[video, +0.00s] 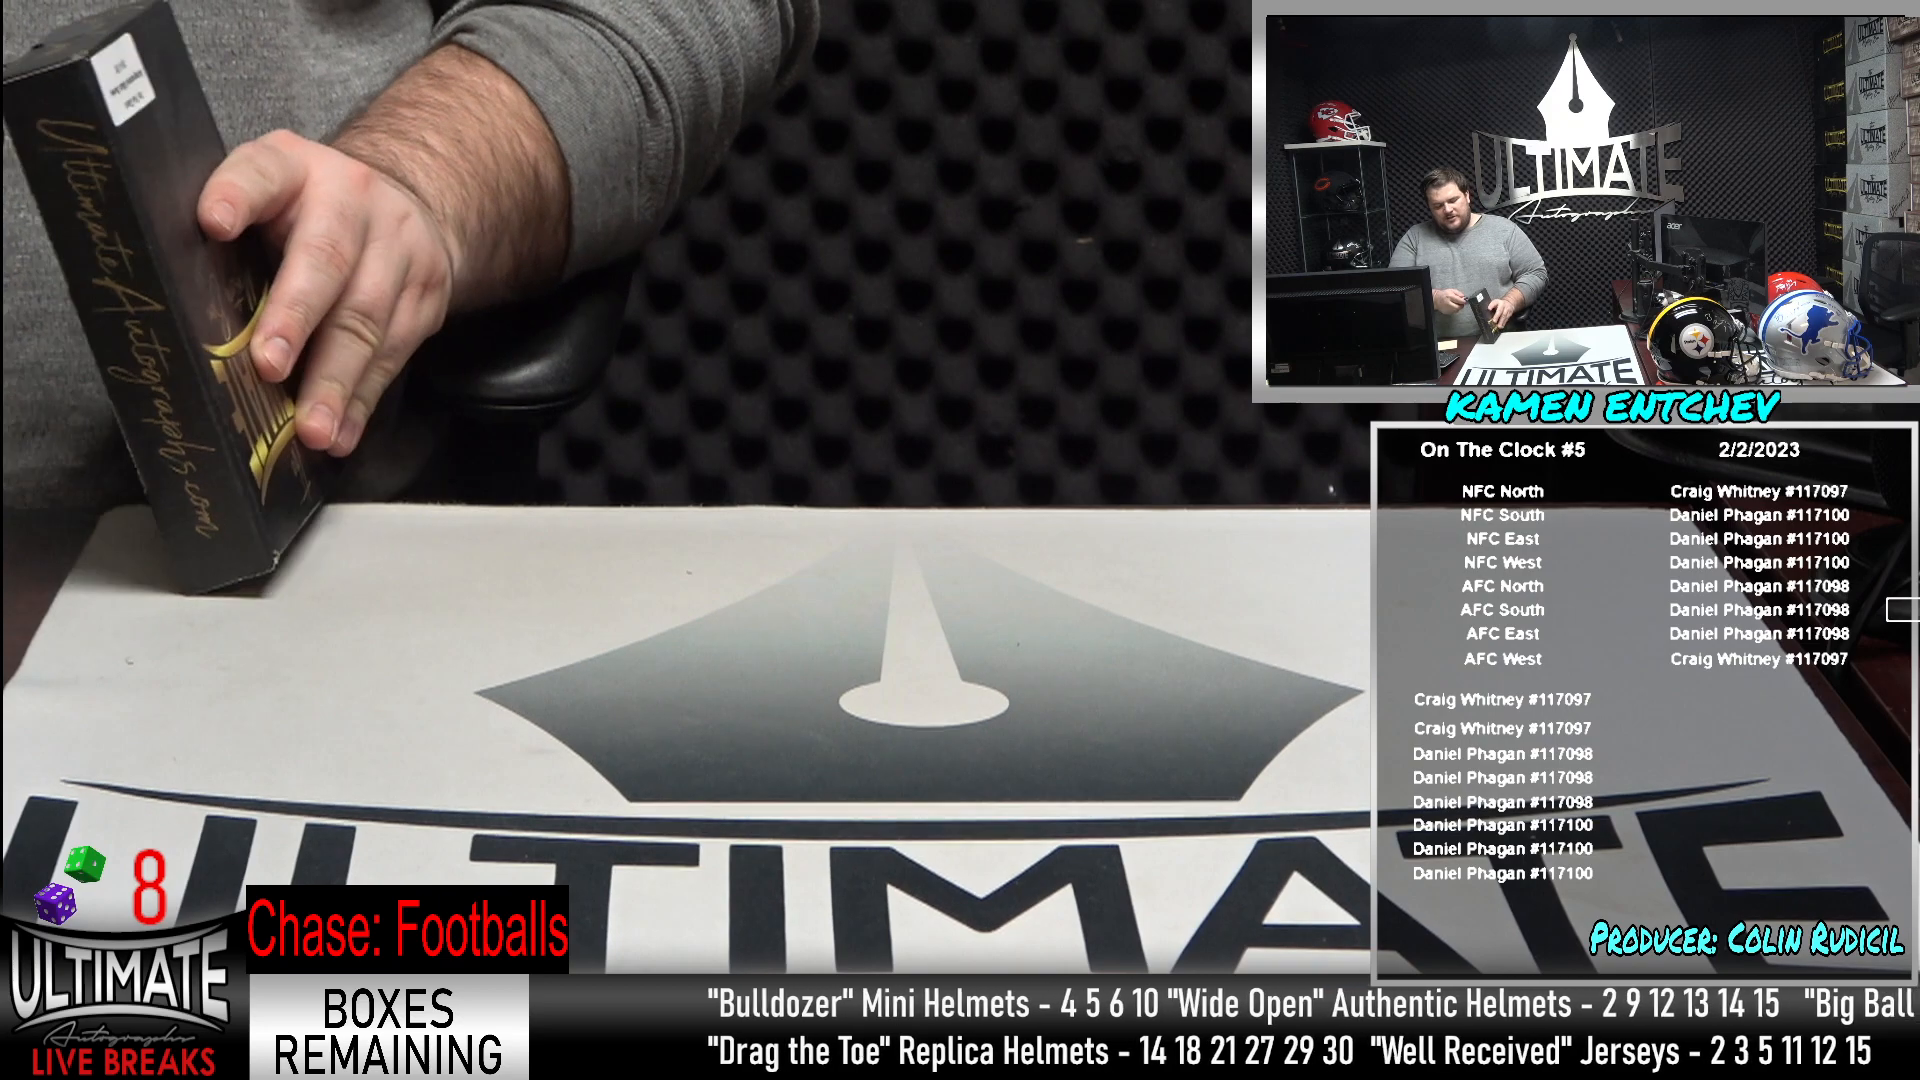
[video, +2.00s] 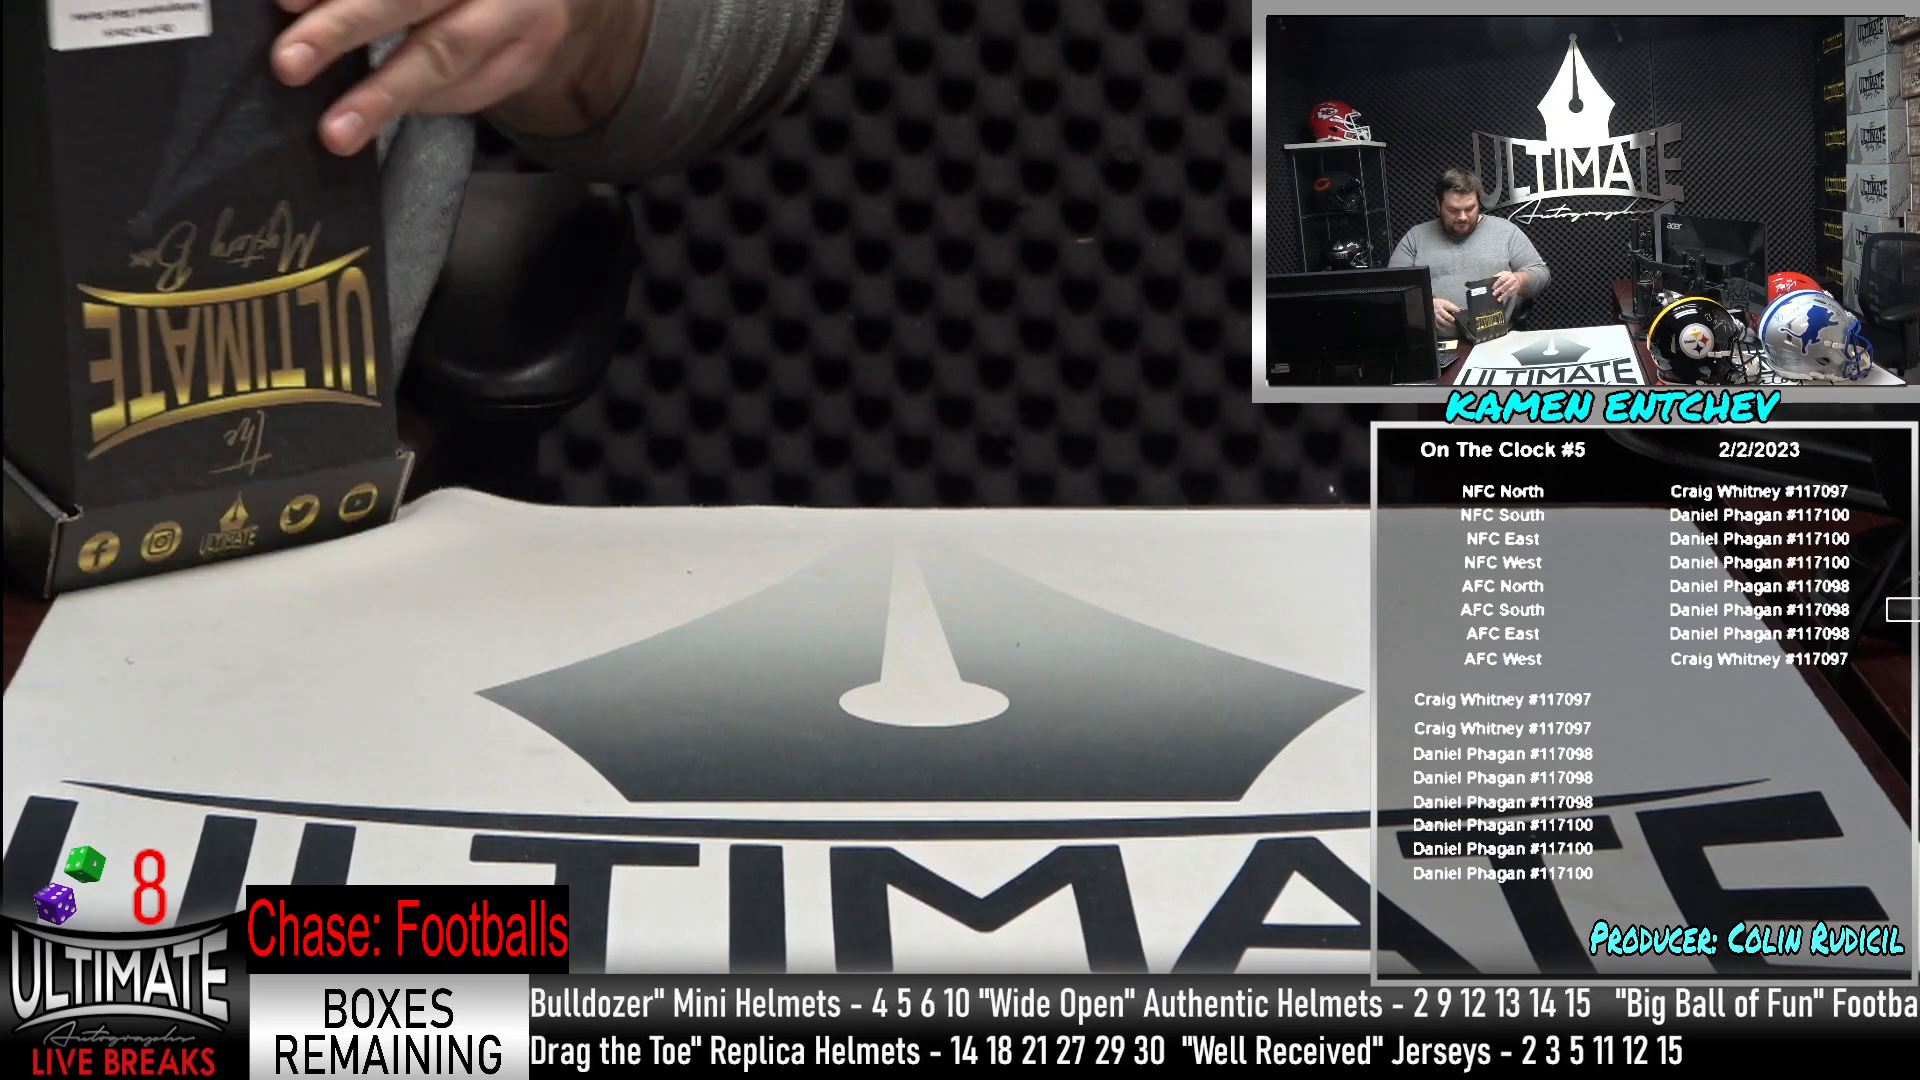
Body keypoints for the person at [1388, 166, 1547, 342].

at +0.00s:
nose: (1448, 210)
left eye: (1453, 200)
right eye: (1439, 206)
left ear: (1467, 196)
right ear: (1430, 208)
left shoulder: (1504, 230)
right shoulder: (1415, 239)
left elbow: (1535, 273)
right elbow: (1394, 287)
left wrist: (1510, 301)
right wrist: (1434, 298)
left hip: (1501, 346)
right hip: (1438, 351)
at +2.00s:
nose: (1463, 218)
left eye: (1469, 209)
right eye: (1454, 210)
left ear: (1478, 203)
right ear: (1439, 206)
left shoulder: (1506, 232)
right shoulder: (1416, 238)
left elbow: (1540, 272)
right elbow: (1391, 288)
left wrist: (1520, 281)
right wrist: (1425, 304)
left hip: (1499, 347)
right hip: (1434, 352)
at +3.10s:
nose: (1471, 220)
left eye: (1478, 213)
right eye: (1463, 213)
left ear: (1485, 206)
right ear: (1445, 205)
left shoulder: (1506, 234)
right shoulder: (1417, 236)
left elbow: (1539, 275)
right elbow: (1393, 287)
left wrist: (1528, 283)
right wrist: (1424, 300)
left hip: (1496, 343)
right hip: (1434, 347)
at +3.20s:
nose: (1472, 221)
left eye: (1479, 213)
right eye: (1463, 213)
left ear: (1486, 206)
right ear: (1446, 204)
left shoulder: (1507, 233)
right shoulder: (1418, 236)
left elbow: (1541, 280)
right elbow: (1392, 289)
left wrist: (1527, 275)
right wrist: (1426, 298)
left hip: (1494, 348)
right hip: (1431, 352)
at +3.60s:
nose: (1472, 220)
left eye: (1479, 213)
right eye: (1464, 212)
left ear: (1486, 207)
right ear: (1447, 204)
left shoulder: (1507, 233)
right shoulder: (1418, 235)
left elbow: (1539, 283)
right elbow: (1394, 285)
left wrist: (1520, 267)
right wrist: (1436, 290)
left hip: (1495, 347)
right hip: (1434, 350)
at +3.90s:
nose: (1471, 218)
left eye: (1479, 211)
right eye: (1463, 210)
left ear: (1486, 206)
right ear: (1446, 203)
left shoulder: (1506, 232)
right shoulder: (1418, 235)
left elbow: (1538, 283)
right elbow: (1395, 285)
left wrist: (1517, 265)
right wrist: (1437, 292)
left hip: (1497, 346)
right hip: (1437, 350)